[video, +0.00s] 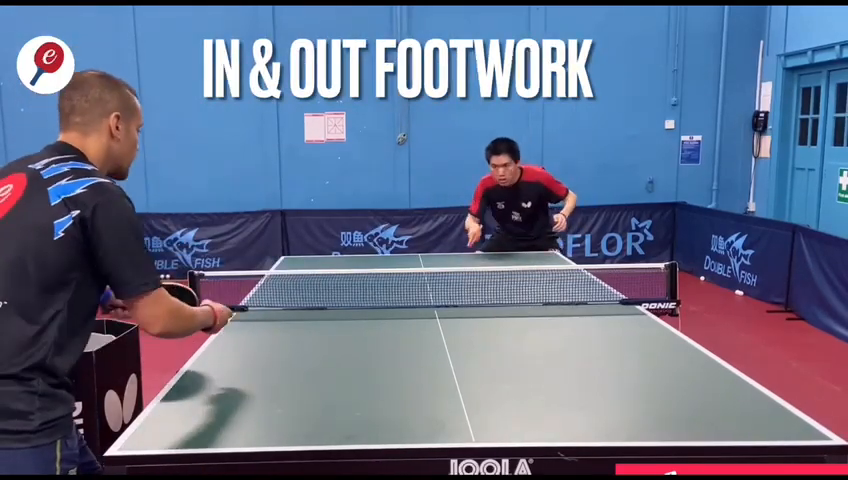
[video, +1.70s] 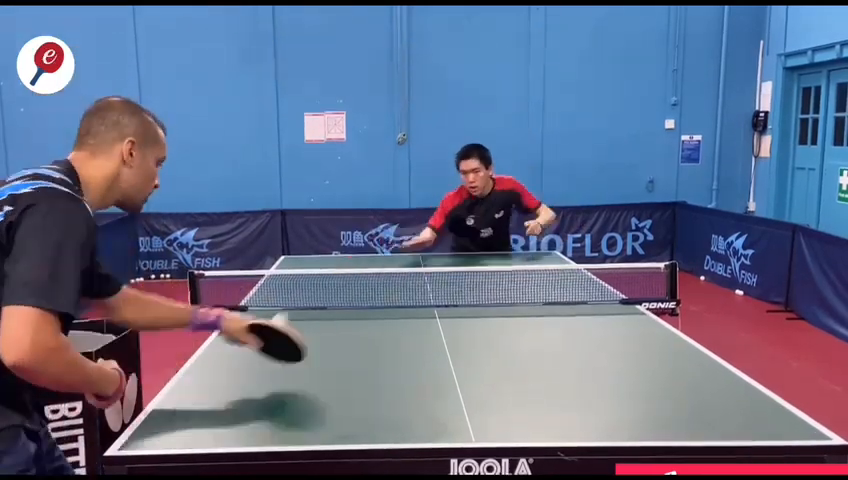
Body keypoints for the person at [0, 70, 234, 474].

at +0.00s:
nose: (137, 146)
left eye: (139, 133)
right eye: (137, 132)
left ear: (67, 123)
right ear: (114, 126)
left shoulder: (12, 174)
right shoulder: (99, 195)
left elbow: (26, 289)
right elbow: (157, 318)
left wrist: (102, 302)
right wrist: (209, 315)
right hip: (28, 429)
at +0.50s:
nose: (166, 198)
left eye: (171, 184)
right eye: (170, 182)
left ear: (106, 160)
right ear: (152, 170)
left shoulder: (35, 199)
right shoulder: (133, 227)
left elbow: (54, 299)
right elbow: (196, 343)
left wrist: (138, 315)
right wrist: (239, 337)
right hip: (23, 432)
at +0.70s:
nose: (173, 213)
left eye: (178, 199)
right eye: (178, 197)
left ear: (115, 176)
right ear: (162, 186)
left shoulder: (52, 211)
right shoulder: (128, 237)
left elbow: (94, 294)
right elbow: (183, 360)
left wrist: (178, 308)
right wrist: (231, 351)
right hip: (18, 425)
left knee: (89, 469)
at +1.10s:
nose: (141, 156)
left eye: (143, 143)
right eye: (142, 143)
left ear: (70, 136)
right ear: (125, 141)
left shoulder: (18, 187)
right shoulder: (92, 219)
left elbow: (54, 283)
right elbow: (135, 351)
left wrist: (147, 295)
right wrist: (194, 344)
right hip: (26, 442)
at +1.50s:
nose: (133, 158)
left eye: (136, 145)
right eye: (134, 143)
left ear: (60, 130)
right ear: (114, 135)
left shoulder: (10, 179)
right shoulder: (81, 205)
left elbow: (22, 310)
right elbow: (89, 353)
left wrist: (108, 327)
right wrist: (144, 373)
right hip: (14, 440)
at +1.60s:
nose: (150, 179)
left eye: (154, 165)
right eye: (151, 162)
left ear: (79, 143)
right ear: (126, 150)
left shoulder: (16, 189)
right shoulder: (76, 209)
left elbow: (36, 317)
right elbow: (61, 354)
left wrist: (138, 333)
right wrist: (120, 378)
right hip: (11, 438)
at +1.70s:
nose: (158, 182)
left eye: (160, 167)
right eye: (157, 164)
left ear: (127, 153)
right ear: (128, 152)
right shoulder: (59, 209)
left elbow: (116, 302)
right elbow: (25, 346)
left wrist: (218, 319)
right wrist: (96, 378)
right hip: (11, 441)